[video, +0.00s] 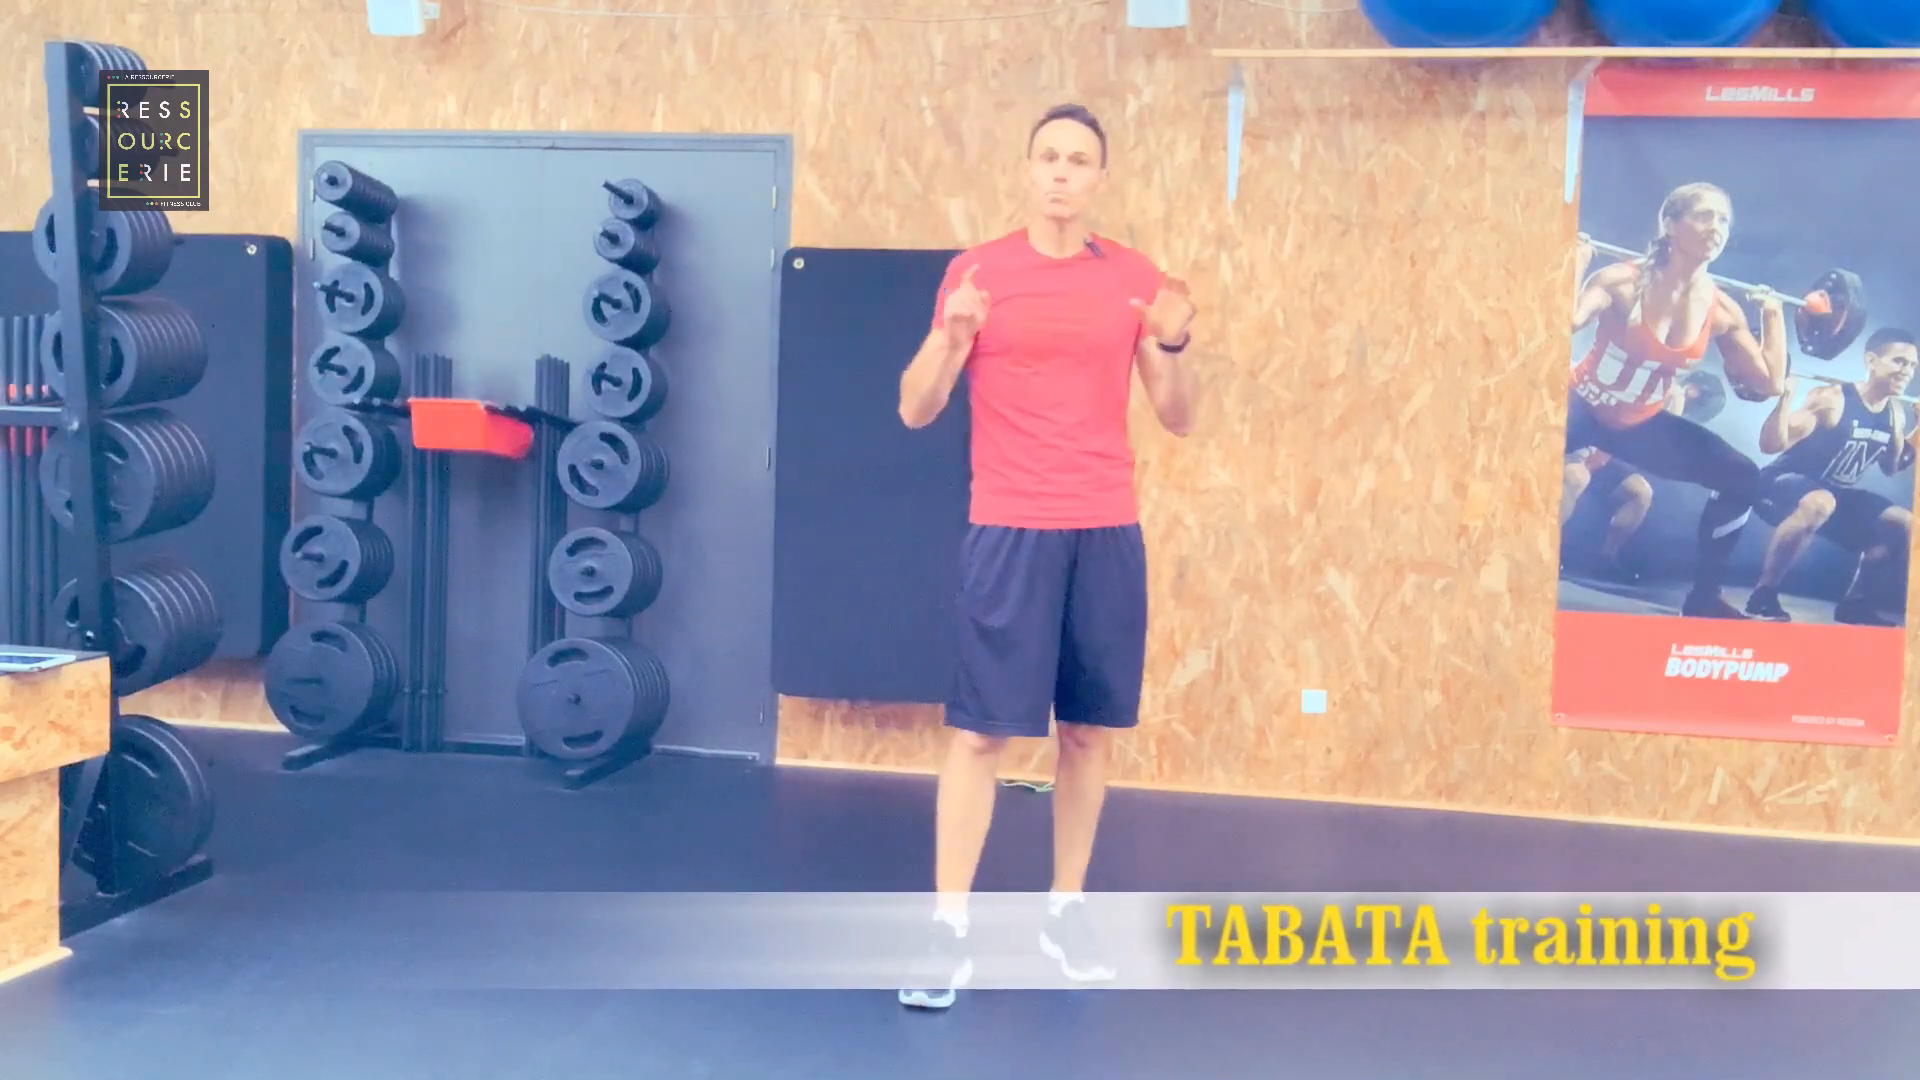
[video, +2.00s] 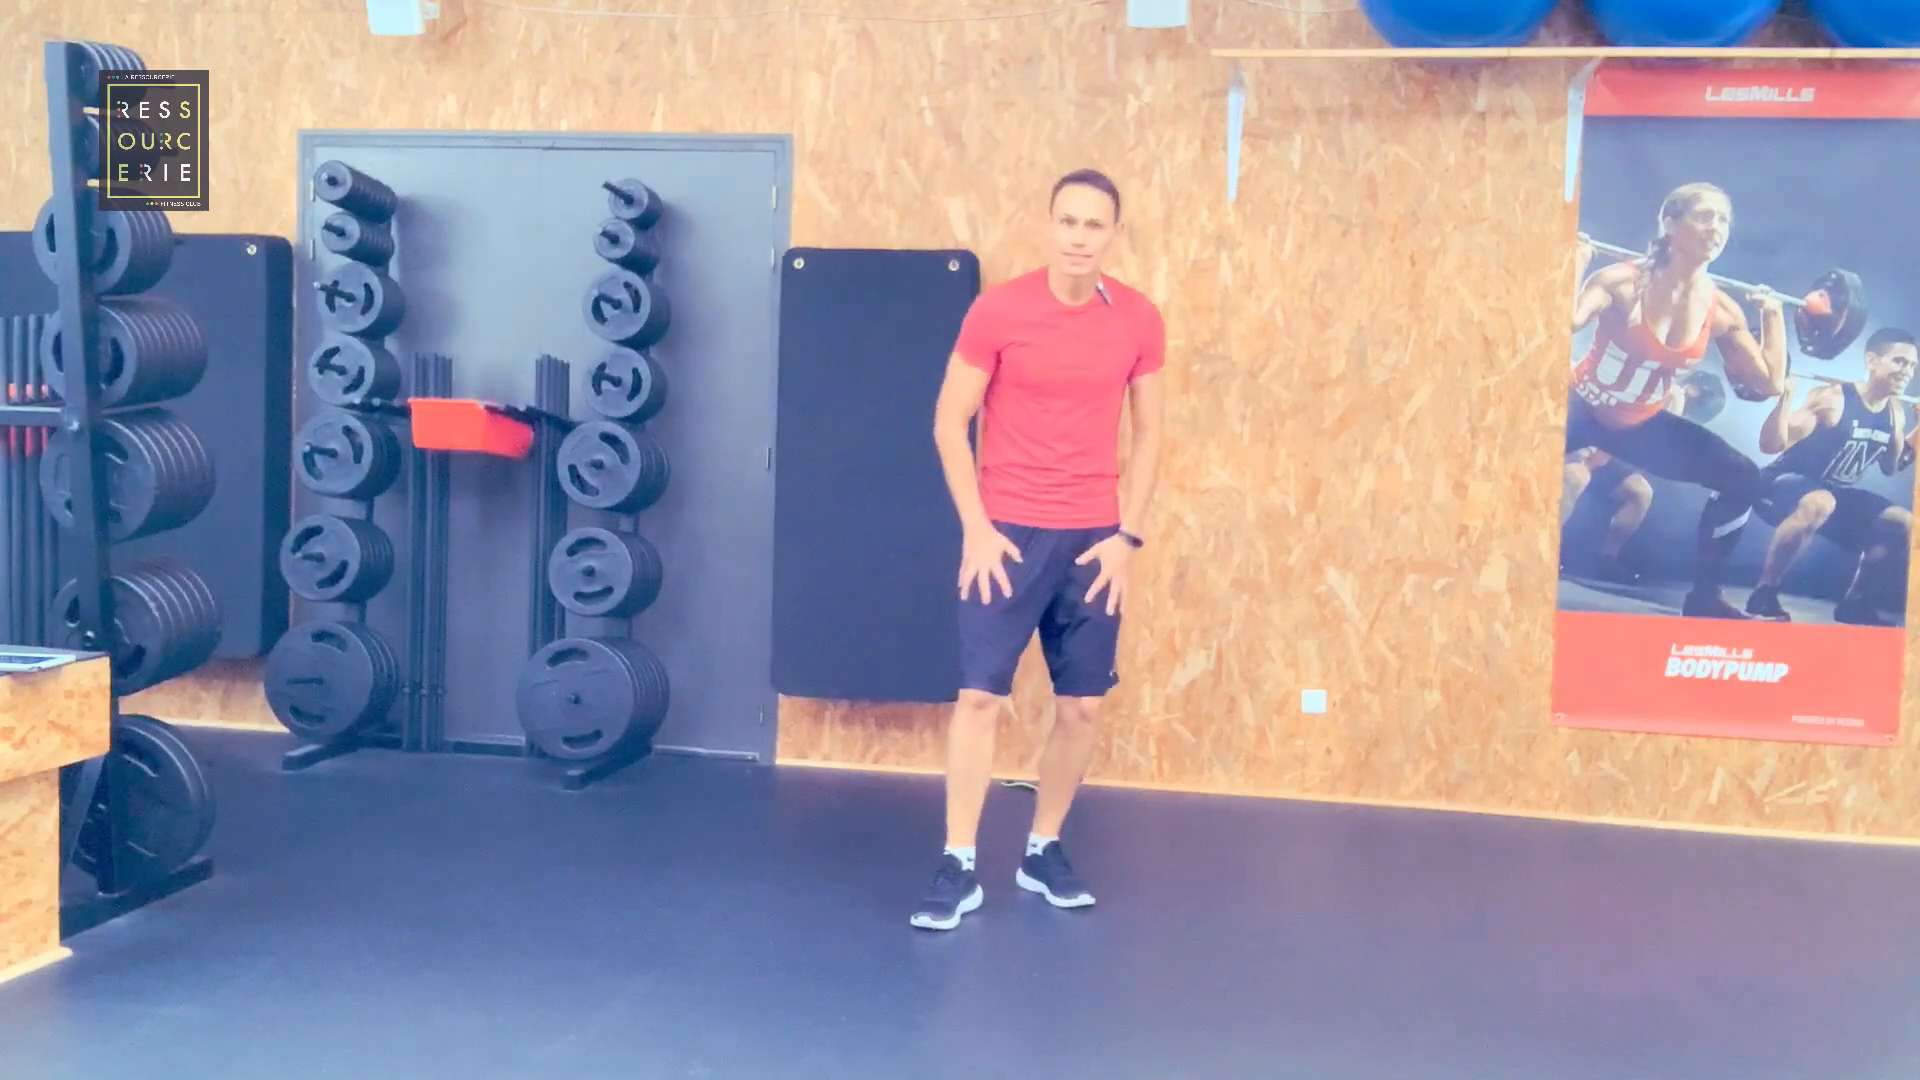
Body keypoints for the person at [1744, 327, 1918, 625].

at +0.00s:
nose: (1906, 371)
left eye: (1911, 365)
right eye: (1899, 361)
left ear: (1914, 371)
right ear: (1871, 361)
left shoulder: (1893, 412)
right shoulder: (1831, 398)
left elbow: (1891, 467)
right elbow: (1769, 444)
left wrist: (1910, 446)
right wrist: (1785, 396)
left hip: (1839, 495)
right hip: (1785, 482)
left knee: (1905, 524)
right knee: (1821, 502)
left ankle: (1854, 604)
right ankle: (1763, 596)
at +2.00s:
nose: (1906, 372)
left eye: (1911, 365)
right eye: (1899, 361)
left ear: (1913, 371)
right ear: (1872, 361)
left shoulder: (1894, 411)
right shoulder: (1831, 397)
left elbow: (1890, 466)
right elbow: (1768, 444)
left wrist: (1910, 444)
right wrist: (1784, 398)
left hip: (1838, 494)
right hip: (1785, 481)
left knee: (1904, 524)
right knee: (1821, 502)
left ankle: (1854, 605)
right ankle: (1763, 595)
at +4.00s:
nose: (1906, 372)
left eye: (1911, 365)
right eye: (1899, 361)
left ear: (1913, 371)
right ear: (1871, 361)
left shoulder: (1894, 411)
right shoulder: (1830, 398)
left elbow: (1891, 467)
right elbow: (1768, 444)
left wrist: (1911, 444)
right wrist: (1785, 396)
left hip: (1839, 495)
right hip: (1786, 482)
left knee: (1904, 524)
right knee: (1821, 502)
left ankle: (1855, 604)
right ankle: (1763, 595)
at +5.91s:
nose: (1906, 371)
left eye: (1911, 365)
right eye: (1899, 361)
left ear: (1913, 371)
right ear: (1872, 361)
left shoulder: (1894, 411)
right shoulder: (1831, 397)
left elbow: (1891, 467)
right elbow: (1769, 444)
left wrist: (1914, 438)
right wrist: (1785, 397)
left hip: (1839, 495)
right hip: (1786, 481)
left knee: (1905, 524)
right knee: (1821, 502)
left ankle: (1854, 604)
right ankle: (1764, 595)